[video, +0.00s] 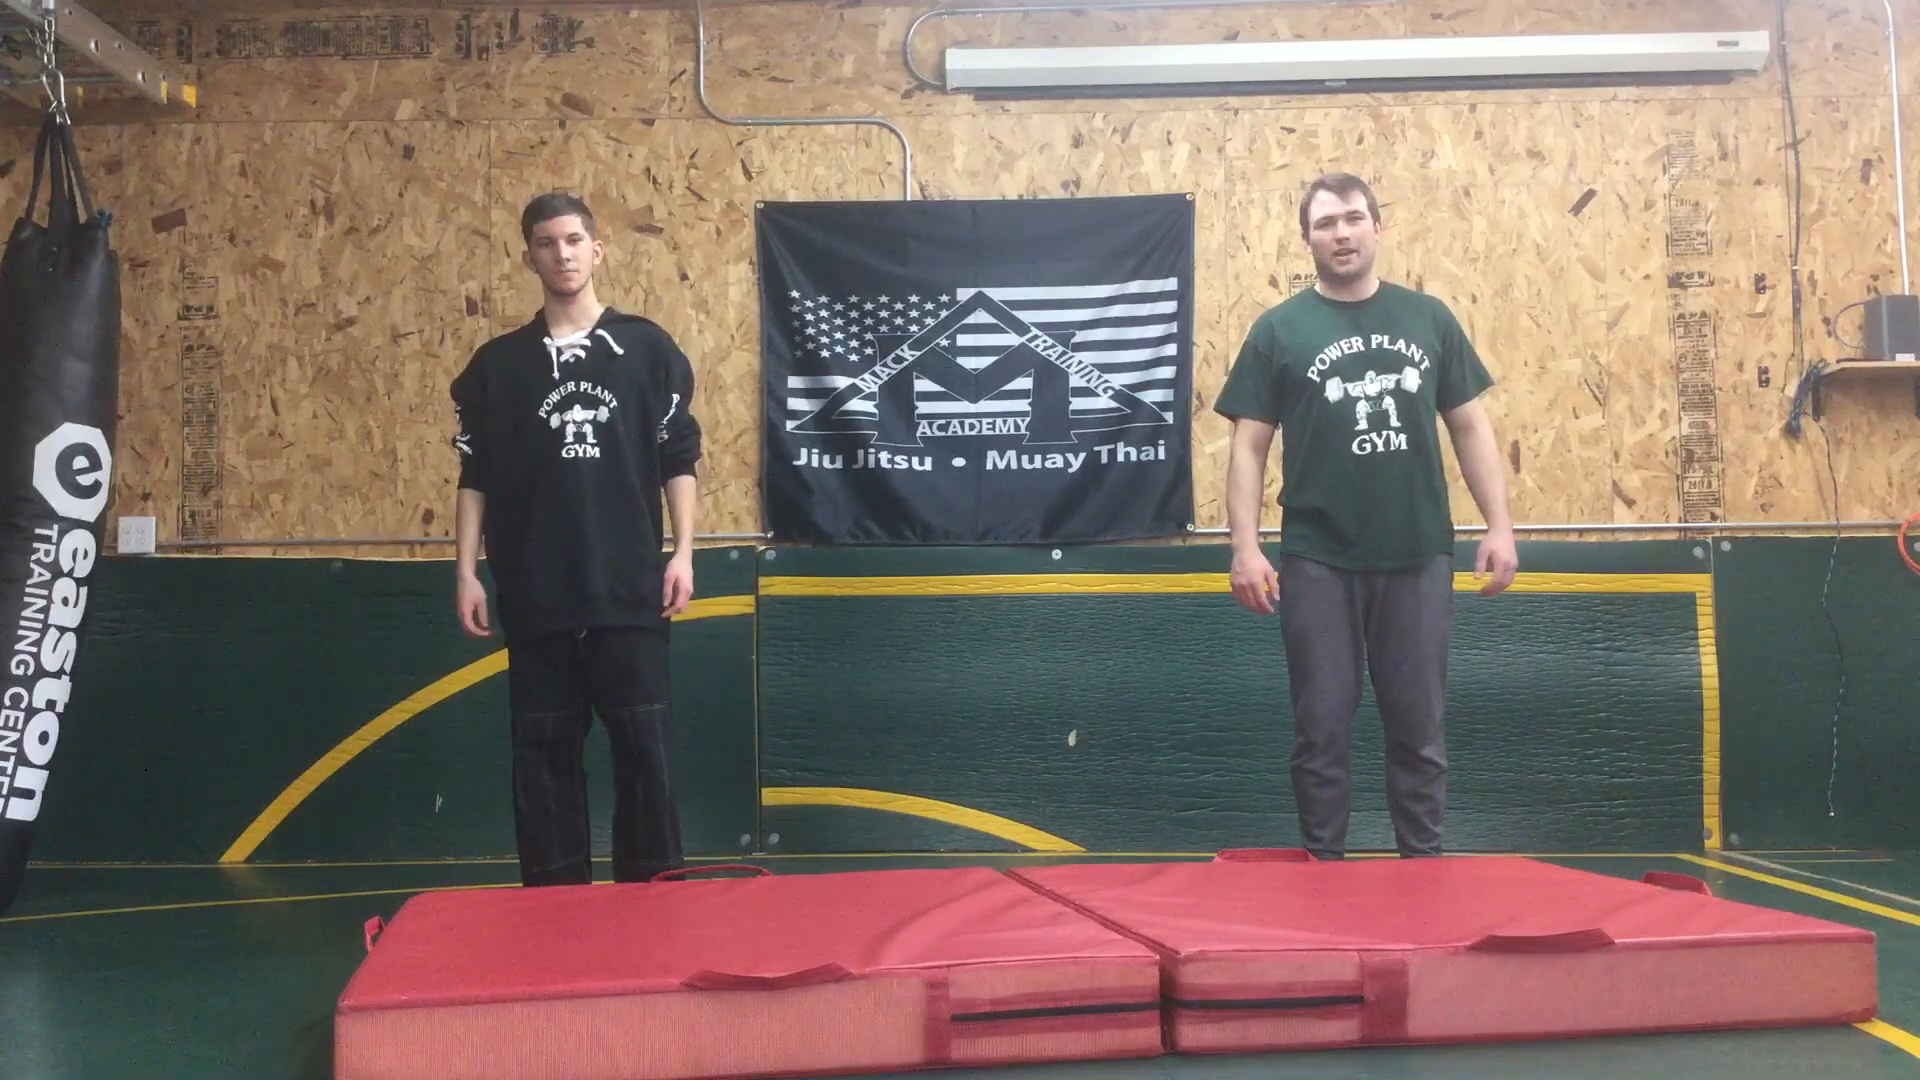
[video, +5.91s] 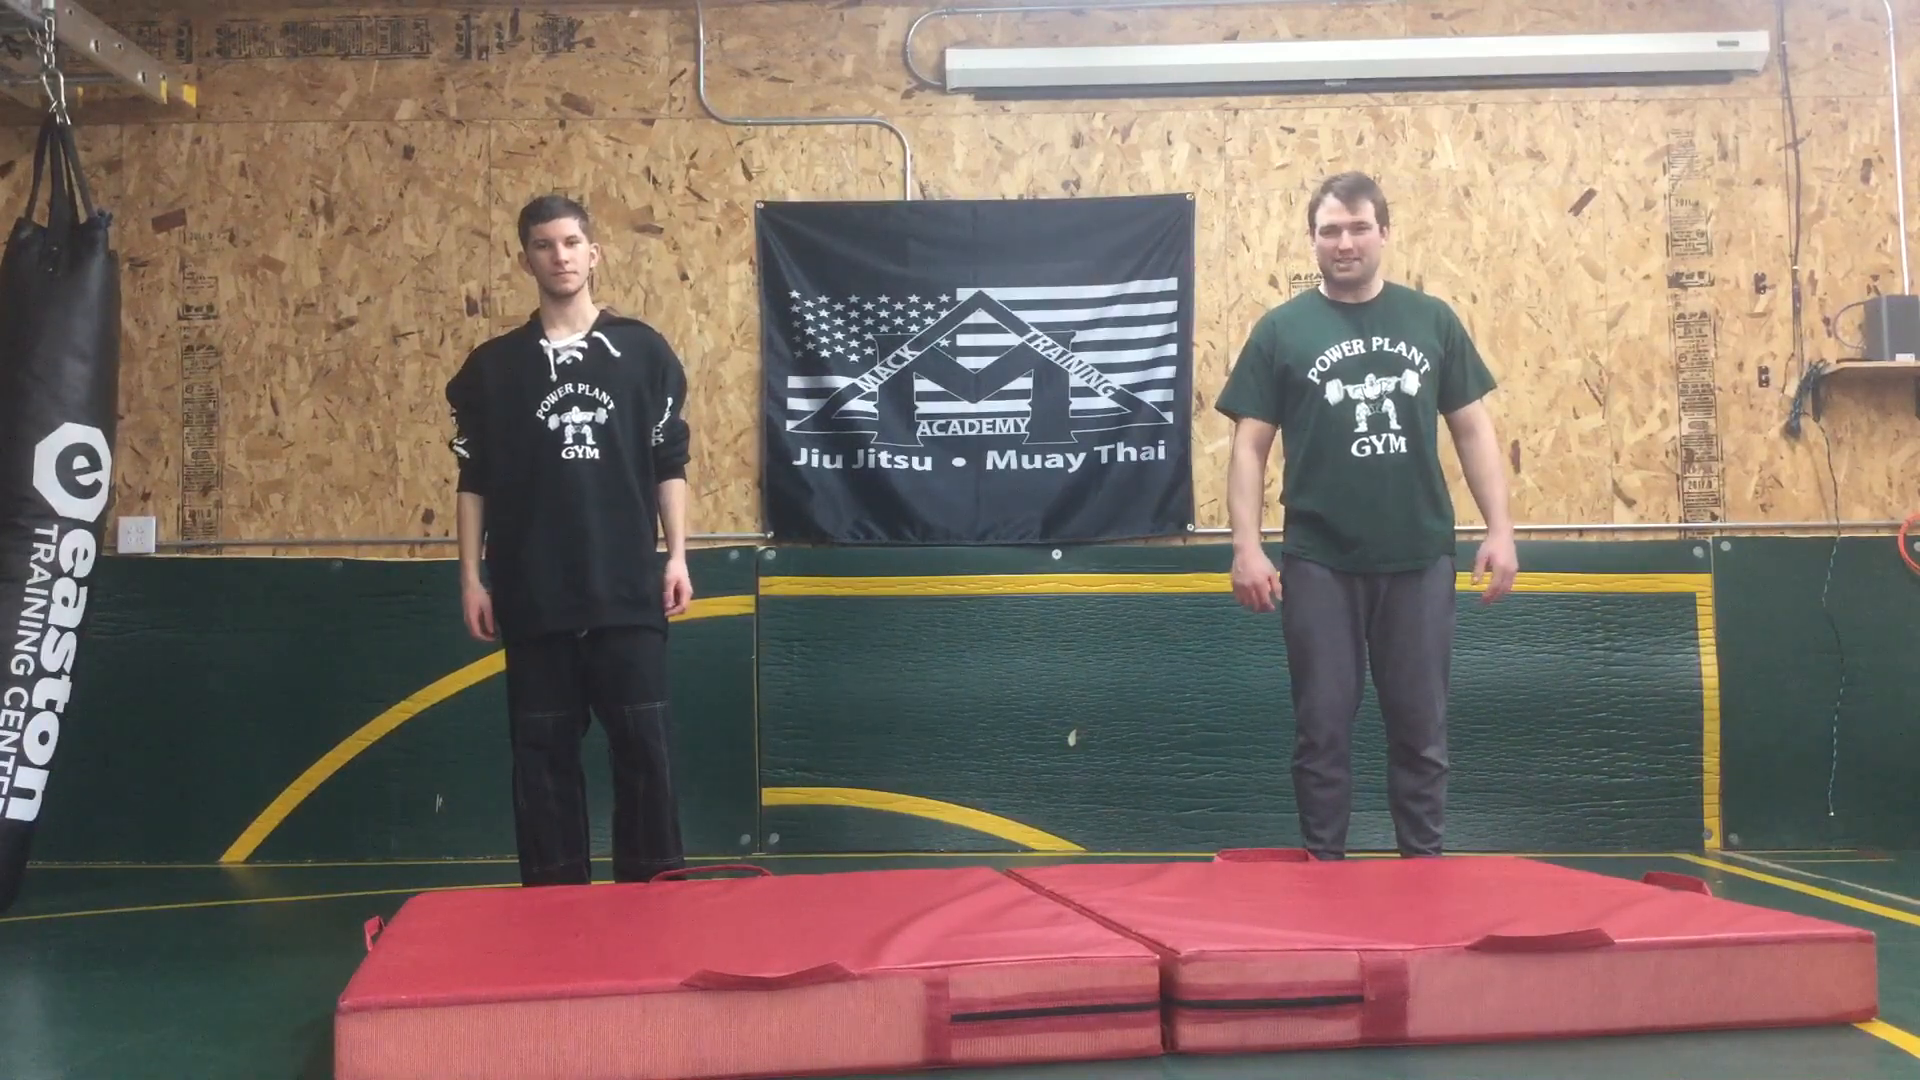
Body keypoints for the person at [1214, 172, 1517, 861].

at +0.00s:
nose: (1342, 233)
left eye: (1353, 219)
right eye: (1325, 224)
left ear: (1378, 228)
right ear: (1307, 240)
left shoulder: (1428, 318)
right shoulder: (1279, 331)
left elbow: (1469, 425)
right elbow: (1249, 446)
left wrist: (1500, 525)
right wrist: (1245, 546)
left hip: (1416, 553)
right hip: (1317, 556)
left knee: (1418, 726)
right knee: (1322, 725)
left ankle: (1423, 869)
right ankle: (1323, 870)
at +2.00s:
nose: (1336, 230)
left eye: (1348, 217)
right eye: (1320, 222)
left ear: (1376, 229)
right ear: (1304, 241)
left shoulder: (1428, 318)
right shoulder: (1278, 331)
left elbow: (1468, 426)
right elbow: (1249, 446)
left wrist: (1497, 525)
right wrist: (1249, 547)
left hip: (1417, 555)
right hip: (1317, 557)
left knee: (1419, 726)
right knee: (1322, 725)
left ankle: (1423, 870)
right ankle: (1324, 871)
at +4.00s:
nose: (1337, 241)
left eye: (1349, 225)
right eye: (1322, 231)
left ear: (1375, 231)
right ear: (1305, 243)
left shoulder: (1429, 319)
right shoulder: (1278, 332)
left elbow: (1468, 425)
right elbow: (1249, 446)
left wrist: (1495, 524)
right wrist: (1252, 546)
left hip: (1416, 555)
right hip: (1316, 557)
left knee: (1420, 728)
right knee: (1322, 727)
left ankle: (1422, 871)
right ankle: (1323, 873)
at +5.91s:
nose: (1345, 243)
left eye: (1359, 229)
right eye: (1331, 231)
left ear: (1384, 235)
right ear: (1312, 240)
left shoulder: (1432, 321)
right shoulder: (1281, 331)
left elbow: (1472, 428)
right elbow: (1249, 447)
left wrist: (1500, 528)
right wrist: (1246, 547)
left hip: (1418, 555)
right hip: (1319, 557)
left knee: (1421, 727)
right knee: (1322, 724)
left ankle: (1424, 869)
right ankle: (1323, 870)